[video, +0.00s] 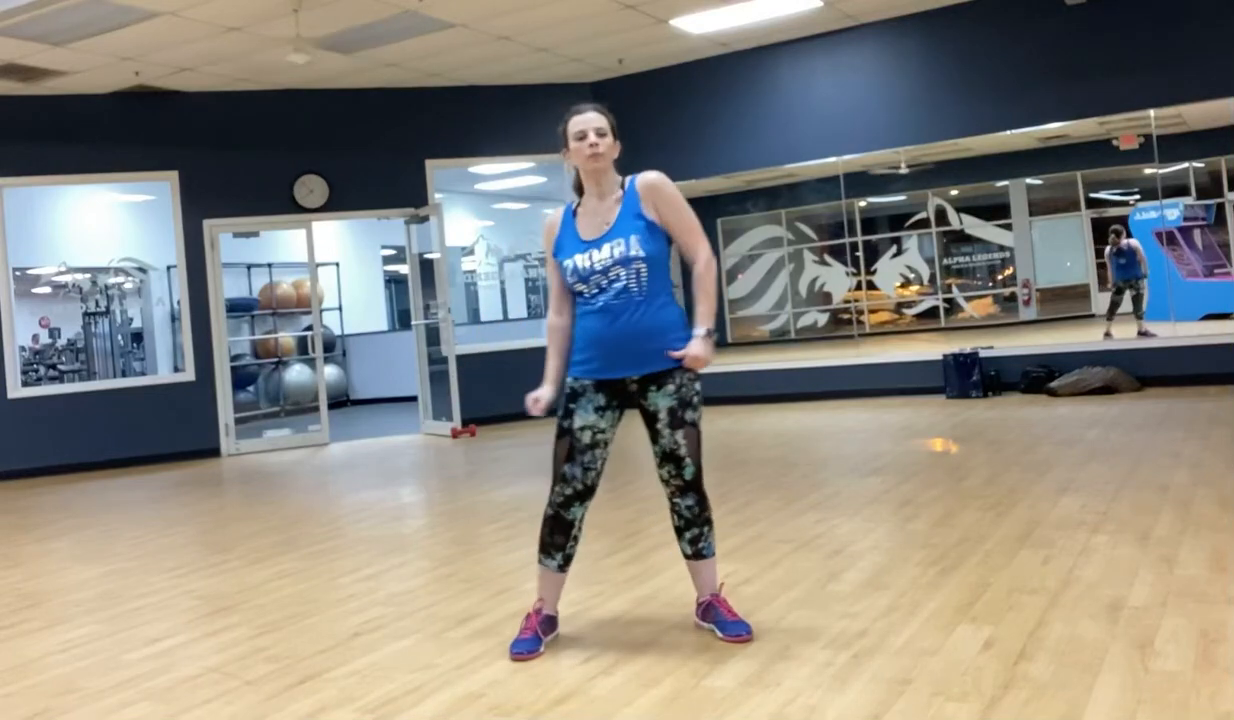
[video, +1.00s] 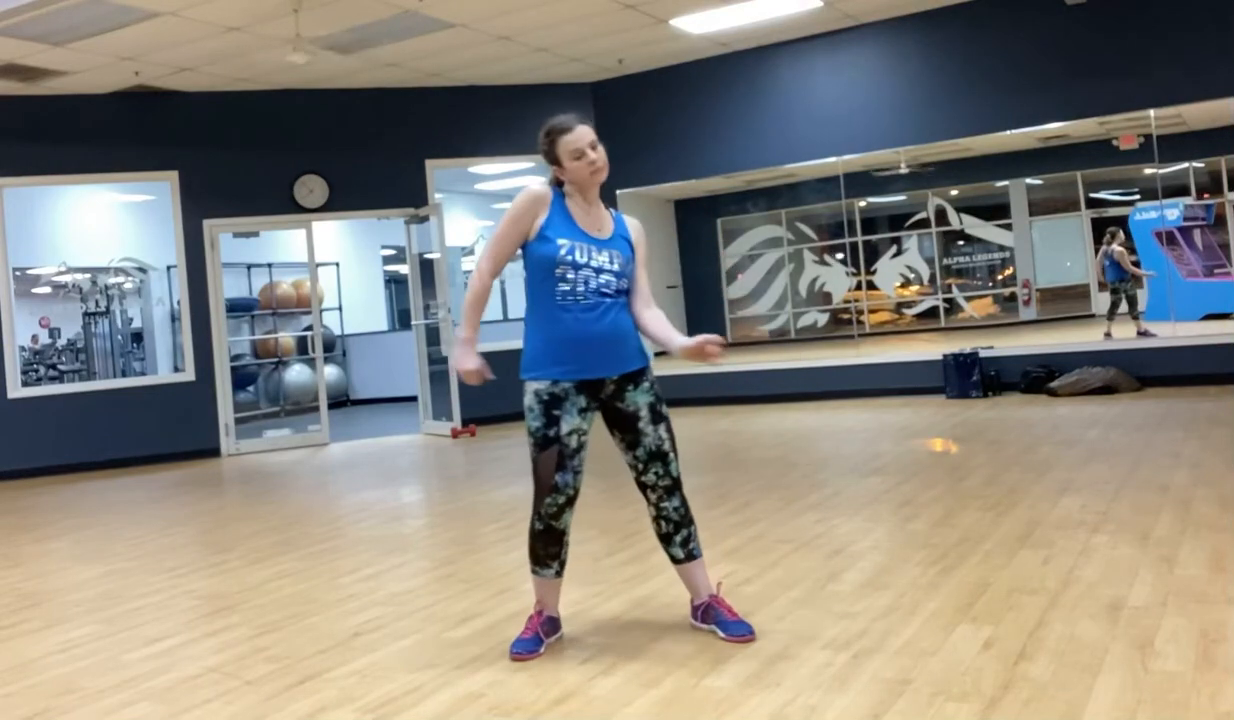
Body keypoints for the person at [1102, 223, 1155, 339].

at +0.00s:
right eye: (1124, 234)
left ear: (1113, 236)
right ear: (1123, 234)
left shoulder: (1109, 249)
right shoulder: (1133, 243)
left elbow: (1109, 267)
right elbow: (1142, 257)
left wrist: (1110, 281)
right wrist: (1145, 271)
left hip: (1120, 280)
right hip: (1136, 278)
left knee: (1114, 304)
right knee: (1138, 304)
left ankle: (1107, 330)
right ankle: (1141, 328)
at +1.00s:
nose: (1123, 236)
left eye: (1122, 233)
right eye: (1121, 234)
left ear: (1111, 237)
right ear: (1117, 236)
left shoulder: (1104, 249)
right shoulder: (1120, 251)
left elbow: (1098, 262)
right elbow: (1129, 267)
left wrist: (1100, 276)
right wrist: (1145, 273)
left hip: (1112, 281)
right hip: (1125, 281)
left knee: (1114, 304)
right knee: (1133, 303)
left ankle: (1108, 330)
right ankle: (1140, 328)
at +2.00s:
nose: (1125, 234)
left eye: (1124, 232)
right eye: (1123, 232)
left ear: (1112, 236)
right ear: (1120, 235)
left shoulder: (1107, 249)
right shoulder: (1128, 247)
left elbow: (1099, 263)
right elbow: (1139, 262)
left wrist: (1103, 280)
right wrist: (1158, 268)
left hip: (1117, 281)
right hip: (1134, 279)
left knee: (1114, 306)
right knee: (1136, 305)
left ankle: (1108, 330)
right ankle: (1141, 328)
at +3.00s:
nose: (1131, 236)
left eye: (1130, 234)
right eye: (1129, 235)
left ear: (1120, 239)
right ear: (1126, 238)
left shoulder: (1120, 248)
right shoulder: (1127, 247)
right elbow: (1122, 261)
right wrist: (1129, 277)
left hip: (1121, 283)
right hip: (1129, 283)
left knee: (1118, 303)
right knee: (1148, 303)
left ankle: (1099, 324)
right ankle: (1139, 328)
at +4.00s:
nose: (1127, 238)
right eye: (1126, 237)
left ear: (1118, 241)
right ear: (1126, 240)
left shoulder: (1120, 248)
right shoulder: (1126, 250)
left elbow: (1115, 234)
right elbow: (1121, 264)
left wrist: (1111, 221)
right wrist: (1130, 276)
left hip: (1125, 285)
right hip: (1132, 285)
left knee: (1118, 305)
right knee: (1152, 305)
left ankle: (1098, 321)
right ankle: (1140, 328)